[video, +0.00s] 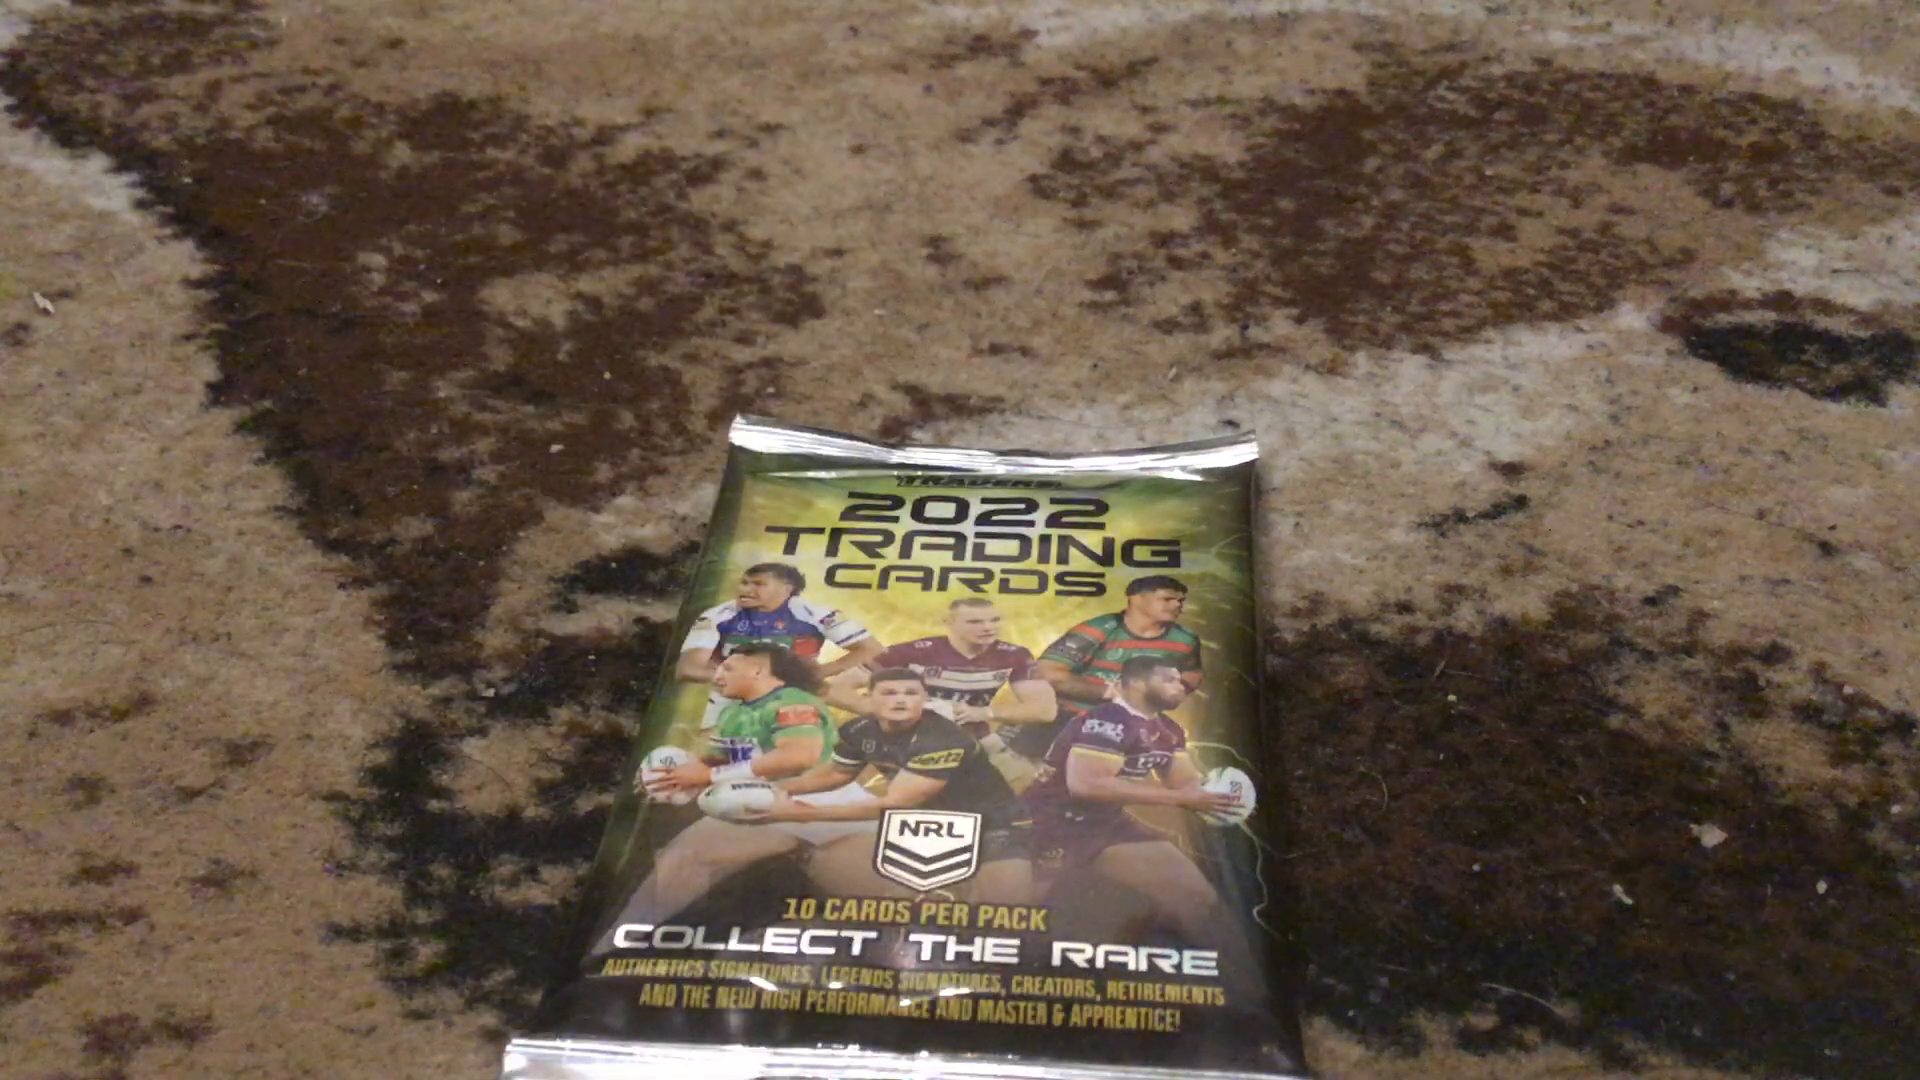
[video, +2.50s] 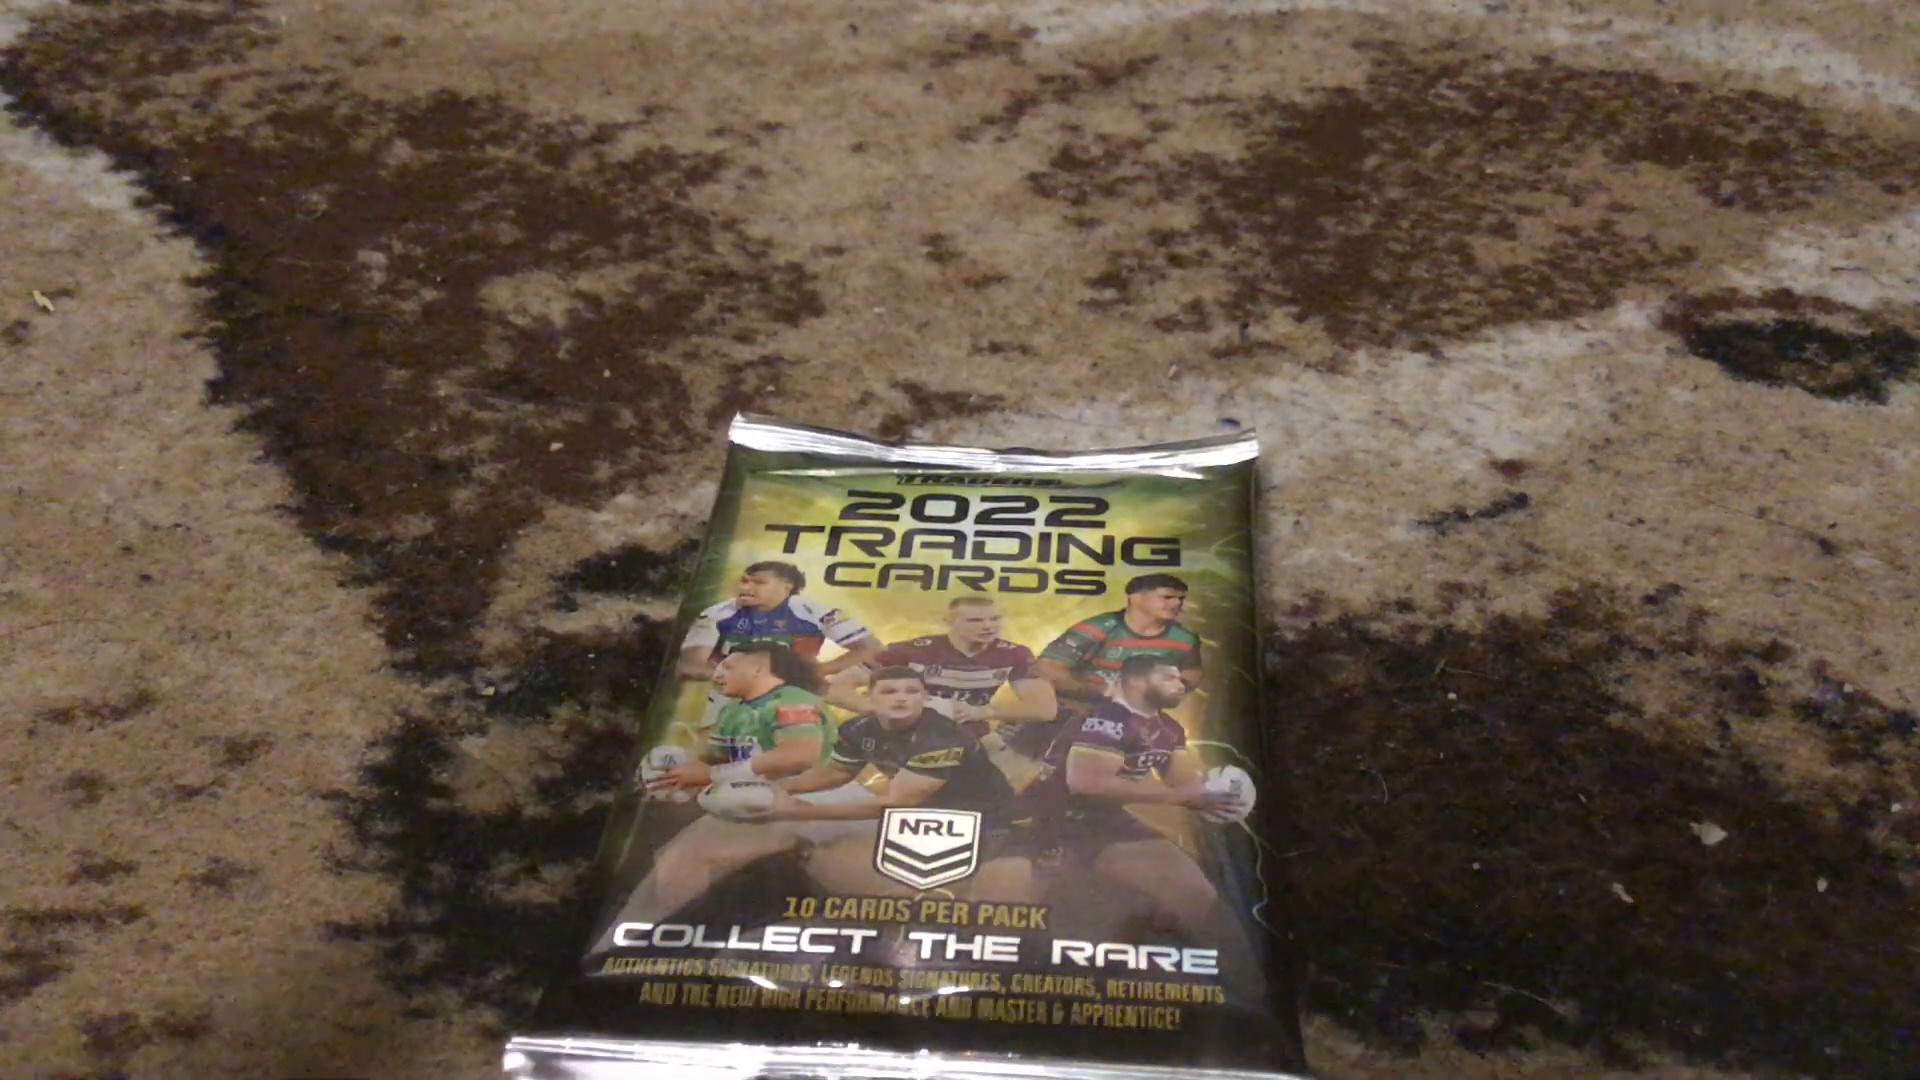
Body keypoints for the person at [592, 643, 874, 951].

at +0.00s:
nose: (720, 671)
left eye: (729, 663)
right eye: (722, 664)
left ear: (761, 665)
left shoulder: (794, 701)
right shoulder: (733, 714)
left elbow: (803, 755)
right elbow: (718, 766)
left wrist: (711, 776)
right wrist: (673, 781)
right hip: (751, 817)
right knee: (675, 862)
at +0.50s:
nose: (721, 668)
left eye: (731, 661)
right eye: (723, 662)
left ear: (762, 664)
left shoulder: (794, 701)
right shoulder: (732, 714)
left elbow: (802, 755)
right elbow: (715, 764)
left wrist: (712, 776)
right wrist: (668, 779)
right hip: (750, 817)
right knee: (671, 863)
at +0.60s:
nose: (720, 670)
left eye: (729, 661)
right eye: (722, 662)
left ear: (760, 663)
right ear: (757, 664)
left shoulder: (794, 701)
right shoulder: (733, 714)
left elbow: (801, 755)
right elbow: (715, 763)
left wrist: (712, 776)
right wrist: (670, 780)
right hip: (752, 817)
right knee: (672, 864)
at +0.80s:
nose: (720, 671)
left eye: (729, 662)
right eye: (722, 664)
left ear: (760, 664)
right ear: (756, 666)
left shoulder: (794, 702)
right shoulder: (734, 713)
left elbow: (801, 755)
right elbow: (711, 760)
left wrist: (711, 775)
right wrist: (668, 778)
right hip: (748, 815)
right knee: (672, 863)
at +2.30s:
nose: (720, 669)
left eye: (729, 662)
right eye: (722, 662)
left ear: (761, 665)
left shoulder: (793, 700)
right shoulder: (732, 714)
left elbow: (802, 754)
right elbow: (714, 763)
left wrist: (711, 775)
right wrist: (668, 779)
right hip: (752, 814)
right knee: (674, 863)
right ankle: (614, 950)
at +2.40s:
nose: (719, 669)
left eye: (729, 662)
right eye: (721, 662)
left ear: (761, 665)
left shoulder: (793, 701)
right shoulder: (733, 714)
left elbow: (801, 754)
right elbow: (713, 762)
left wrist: (711, 775)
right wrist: (667, 779)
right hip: (758, 814)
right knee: (678, 862)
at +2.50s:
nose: (719, 668)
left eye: (730, 660)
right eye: (722, 661)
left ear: (762, 662)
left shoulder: (793, 701)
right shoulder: (731, 712)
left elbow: (802, 754)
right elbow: (716, 763)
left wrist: (712, 775)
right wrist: (675, 778)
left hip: (783, 818)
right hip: (737, 816)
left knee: (685, 860)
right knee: (669, 862)